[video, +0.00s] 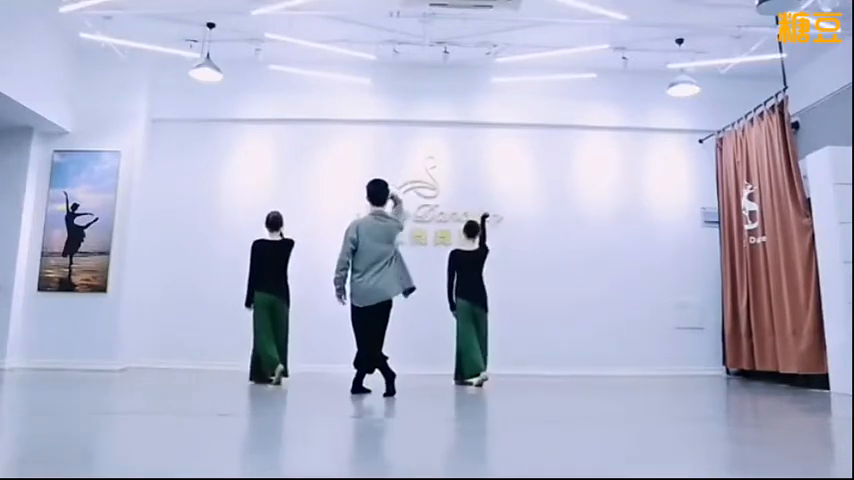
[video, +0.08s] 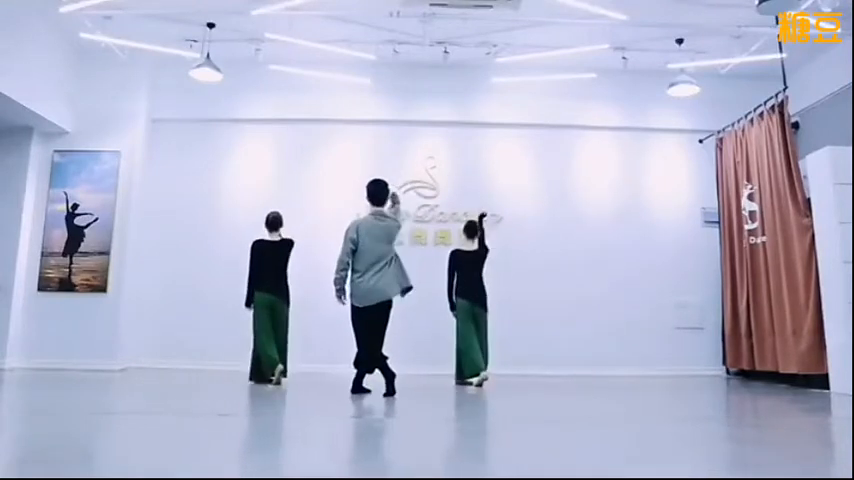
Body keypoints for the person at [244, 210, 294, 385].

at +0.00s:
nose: (275, 228)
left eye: (269, 225)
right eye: (278, 225)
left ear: (266, 226)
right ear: (281, 226)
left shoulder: (258, 245)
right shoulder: (288, 245)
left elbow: (252, 274)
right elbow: (285, 243)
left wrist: (249, 297)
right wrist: (279, 234)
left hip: (261, 293)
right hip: (281, 293)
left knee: (263, 332)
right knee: (280, 333)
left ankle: (275, 366)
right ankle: (276, 373)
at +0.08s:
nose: (274, 228)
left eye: (269, 224)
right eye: (277, 224)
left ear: (265, 226)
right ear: (281, 226)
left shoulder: (257, 245)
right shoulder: (288, 245)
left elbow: (252, 274)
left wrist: (249, 297)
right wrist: (277, 235)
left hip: (261, 293)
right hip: (281, 294)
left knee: (263, 332)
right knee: (280, 333)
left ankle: (275, 366)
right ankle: (277, 373)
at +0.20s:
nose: (276, 227)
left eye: (270, 224)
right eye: (278, 224)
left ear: (265, 226)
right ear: (280, 226)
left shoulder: (257, 245)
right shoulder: (287, 245)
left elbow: (252, 275)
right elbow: (287, 242)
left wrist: (249, 298)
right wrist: (278, 234)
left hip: (262, 293)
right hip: (281, 294)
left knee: (263, 332)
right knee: (279, 333)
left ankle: (275, 366)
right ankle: (276, 373)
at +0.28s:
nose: (275, 227)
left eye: (269, 224)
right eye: (277, 224)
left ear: (265, 226)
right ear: (280, 226)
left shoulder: (257, 245)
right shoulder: (287, 244)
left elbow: (252, 274)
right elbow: (292, 240)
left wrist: (249, 298)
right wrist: (280, 233)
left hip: (262, 293)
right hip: (281, 294)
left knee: (263, 332)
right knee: (278, 333)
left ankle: (275, 366)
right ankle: (267, 373)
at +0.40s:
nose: (276, 227)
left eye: (270, 224)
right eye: (277, 225)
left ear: (265, 226)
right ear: (280, 227)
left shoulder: (257, 245)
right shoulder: (285, 244)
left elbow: (252, 274)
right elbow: (298, 230)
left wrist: (249, 297)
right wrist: (283, 226)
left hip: (261, 292)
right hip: (281, 293)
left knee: (263, 331)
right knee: (278, 333)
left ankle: (275, 365)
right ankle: (266, 373)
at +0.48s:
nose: (275, 227)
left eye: (270, 223)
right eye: (277, 225)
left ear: (265, 226)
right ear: (281, 226)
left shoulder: (257, 244)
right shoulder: (285, 244)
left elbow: (252, 273)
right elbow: (299, 225)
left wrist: (249, 297)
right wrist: (284, 223)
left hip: (261, 292)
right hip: (281, 293)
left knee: (264, 330)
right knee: (279, 332)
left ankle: (275, 365)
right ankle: (265, 372)